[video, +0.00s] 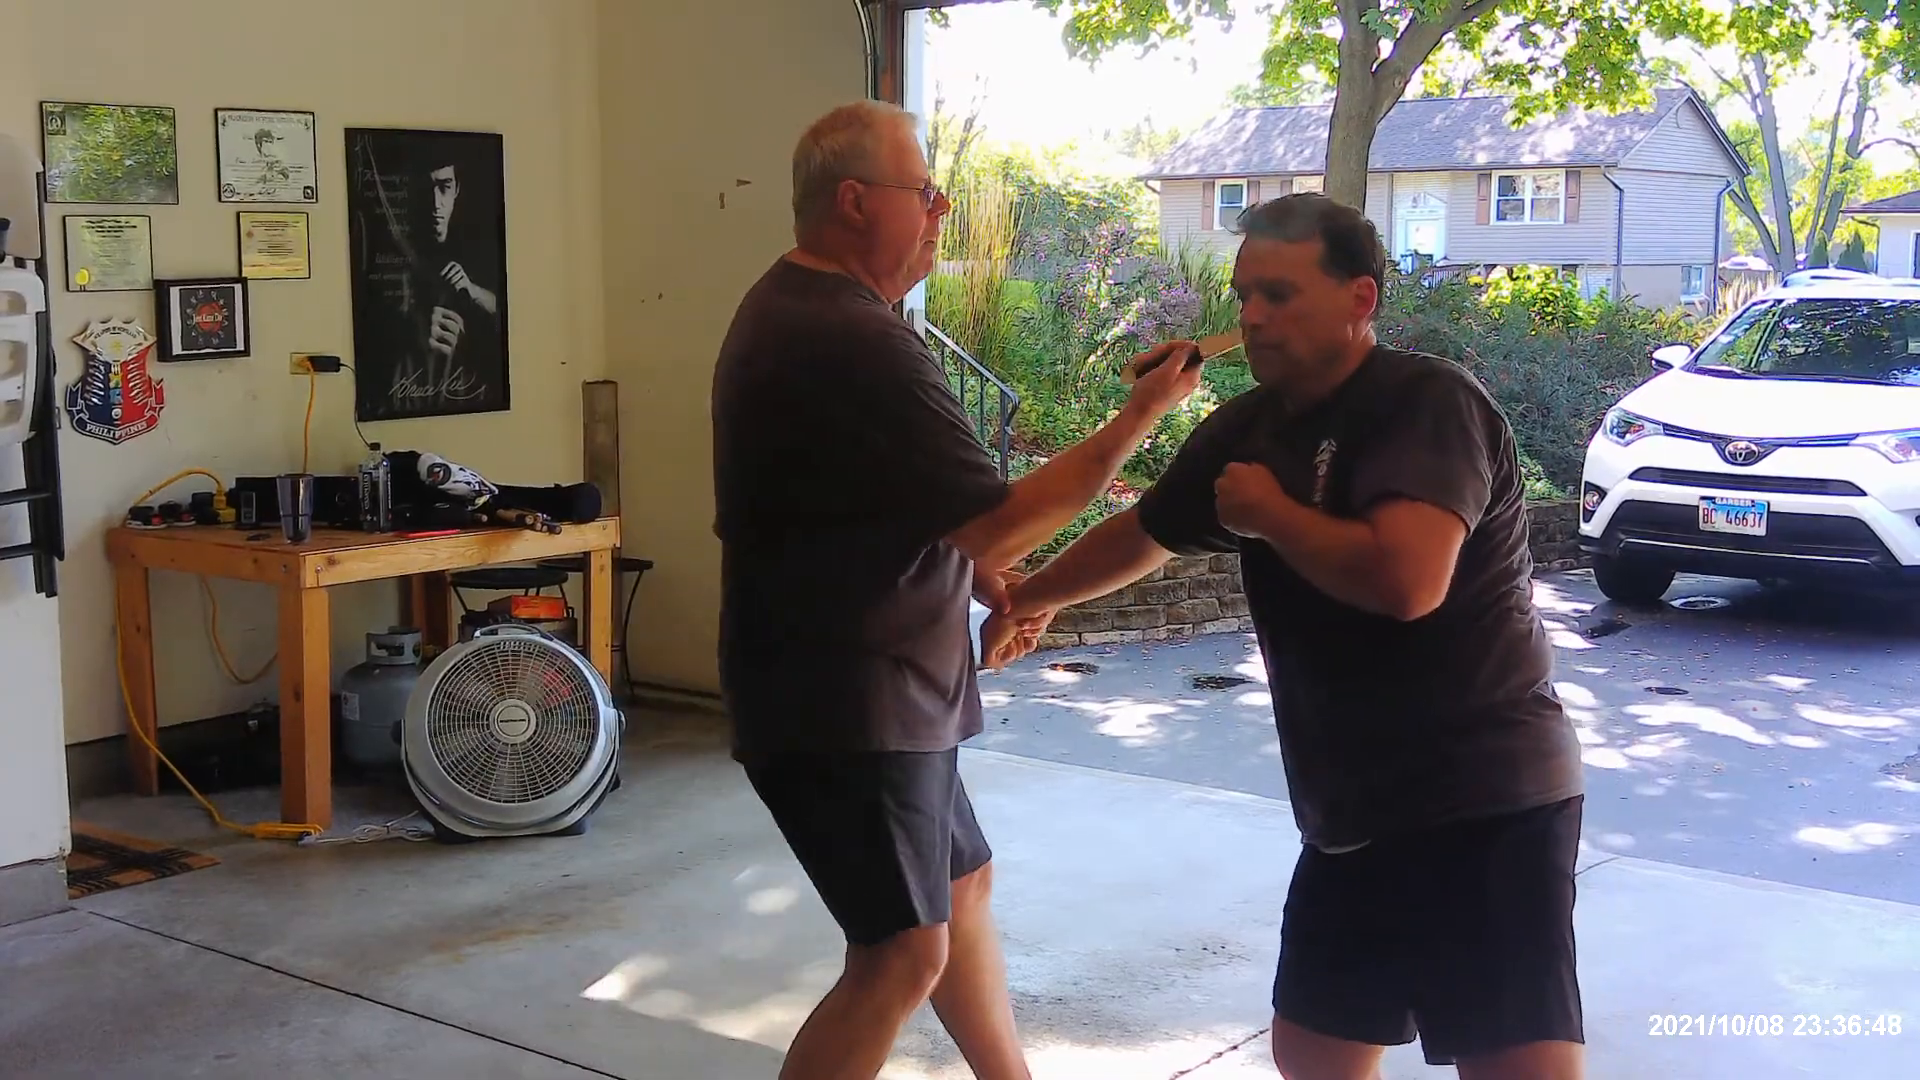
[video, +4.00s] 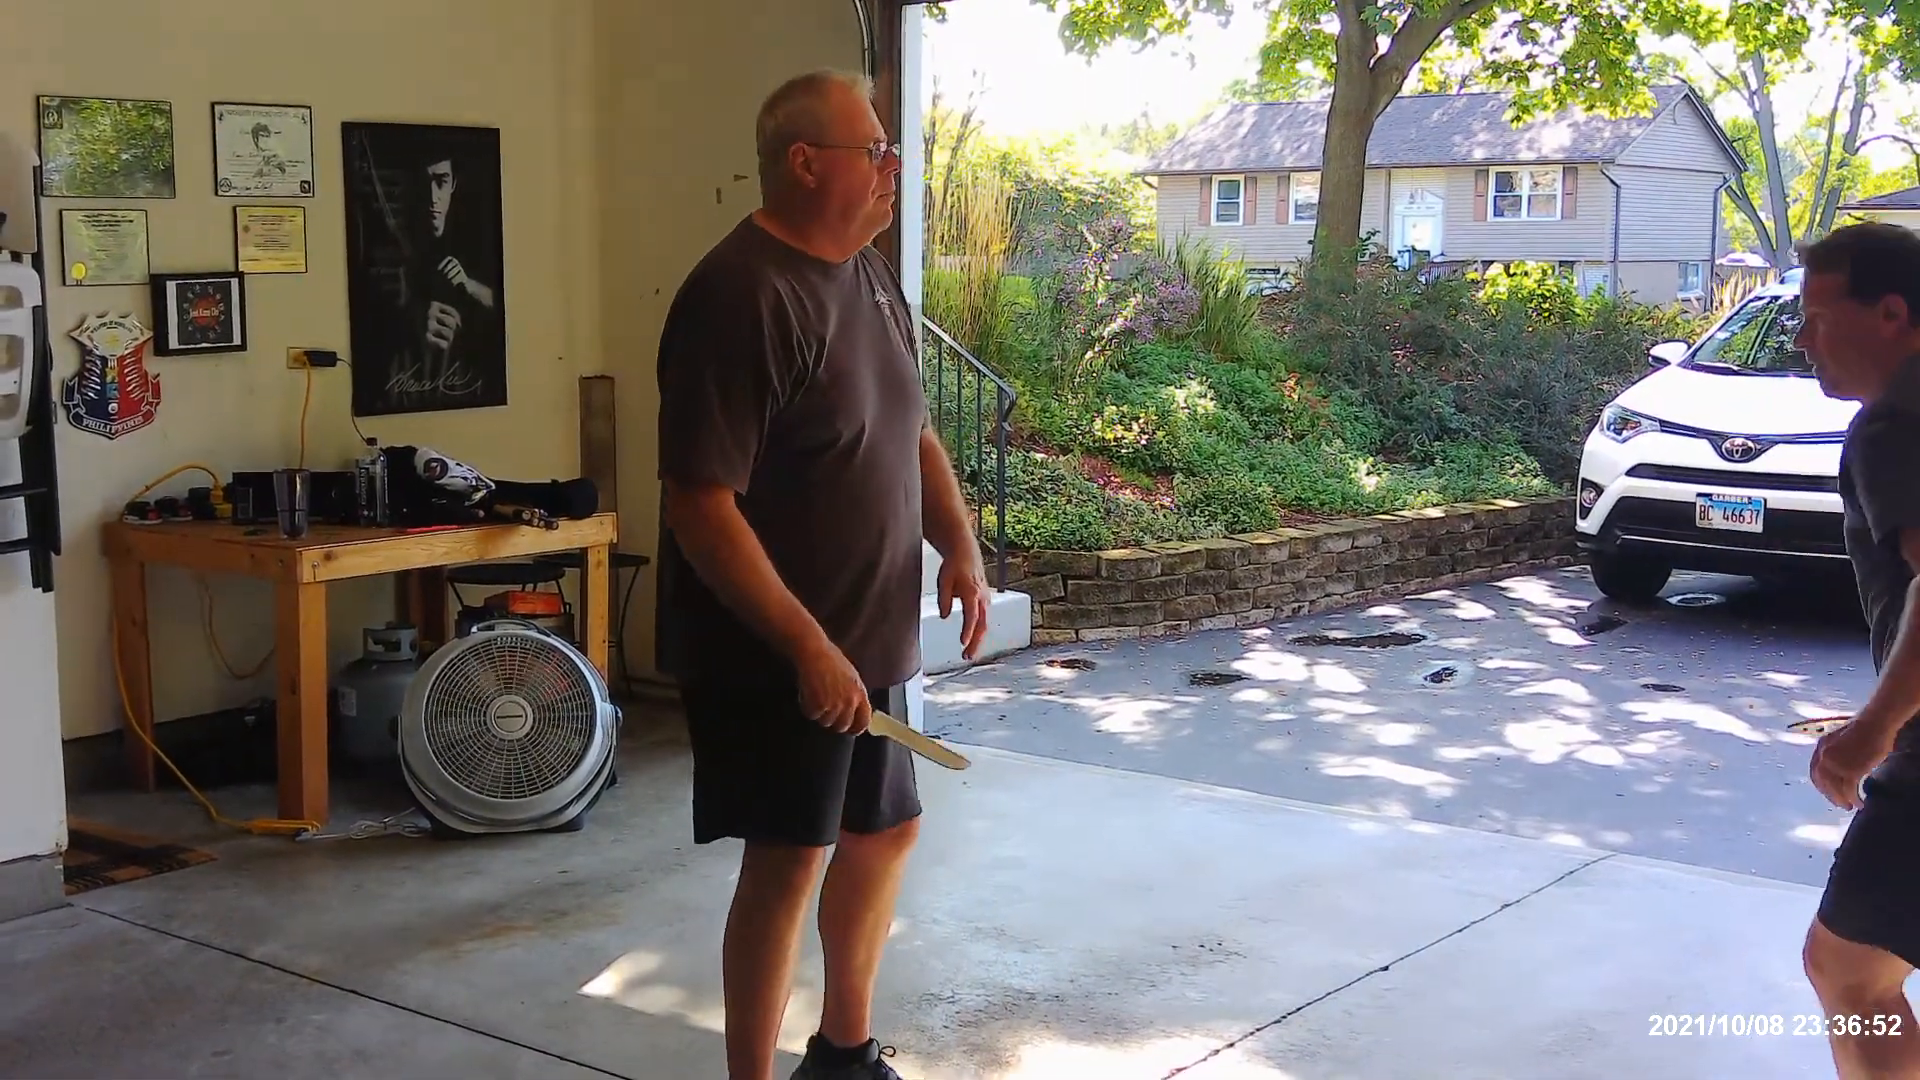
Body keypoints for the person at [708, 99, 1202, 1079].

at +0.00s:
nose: (938, 210)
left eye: (934, 191)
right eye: (922, 191)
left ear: (849, 207)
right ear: (855, 204)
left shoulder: (796, 307)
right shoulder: (856, 339)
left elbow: (864, 506)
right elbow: (986, 527)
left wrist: (976, 566)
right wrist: (1133, 423)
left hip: (878, 684)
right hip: (840, 708)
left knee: (963, 883)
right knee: (904, 952)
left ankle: (1009, 1073)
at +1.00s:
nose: (1127, 273)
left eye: (1132, 251)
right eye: (1128, 247)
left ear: (1046, 221)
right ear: (1079, 226)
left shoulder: (932, 295)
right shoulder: (1043, 339)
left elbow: (941, 496)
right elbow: (1061, 573)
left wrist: (1087, 517)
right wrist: (1073, 732)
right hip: (925, 662)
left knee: (1005, 848)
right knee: (887, 921)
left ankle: (1019, 1069)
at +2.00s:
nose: (875, 182)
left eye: (885, 162)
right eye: (848, 166)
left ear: (899, 174)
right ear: (797, 183)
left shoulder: (903, 291)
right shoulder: (754, 311)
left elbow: (950, 456)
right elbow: (707, 509)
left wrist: (982, 604)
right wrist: (697, 692)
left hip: (916, 640)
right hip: (803, 657)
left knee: (948, 830)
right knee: (811, 845)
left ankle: (960, 1065)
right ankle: (782, 1062)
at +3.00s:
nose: (945, 195)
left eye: (945, 176)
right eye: (934, 174)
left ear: (876, 173)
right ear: (875, 170)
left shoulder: (889, 287)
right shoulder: (784, 284)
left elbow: (919, 463)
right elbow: (750, 475)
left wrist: (955, 598)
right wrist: (806, 636)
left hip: (889, 632)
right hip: (804, 639)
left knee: (876, 827)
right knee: (811, 838)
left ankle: (841, 1052)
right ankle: (780, 1065)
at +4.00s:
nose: (894, 167)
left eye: (889, 148)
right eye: (876, 150)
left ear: (819, 166)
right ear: (809, 166)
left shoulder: (866, 274)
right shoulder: (733, 295)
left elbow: (909, 429)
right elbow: (698, 505)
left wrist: (959, 544)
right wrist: (810, 646)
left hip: (872, 631)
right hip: (773, 647)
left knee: (883, 826)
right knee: (787, 854)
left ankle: (845, 1050)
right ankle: (750, 1072)